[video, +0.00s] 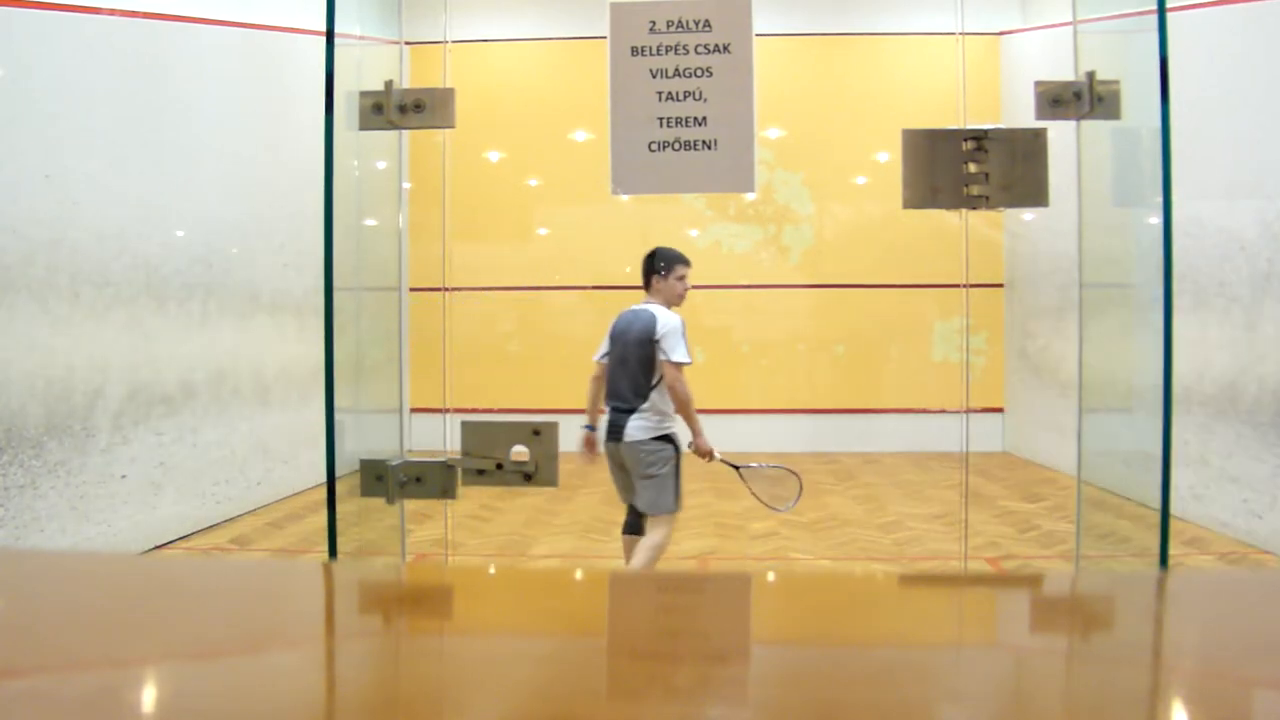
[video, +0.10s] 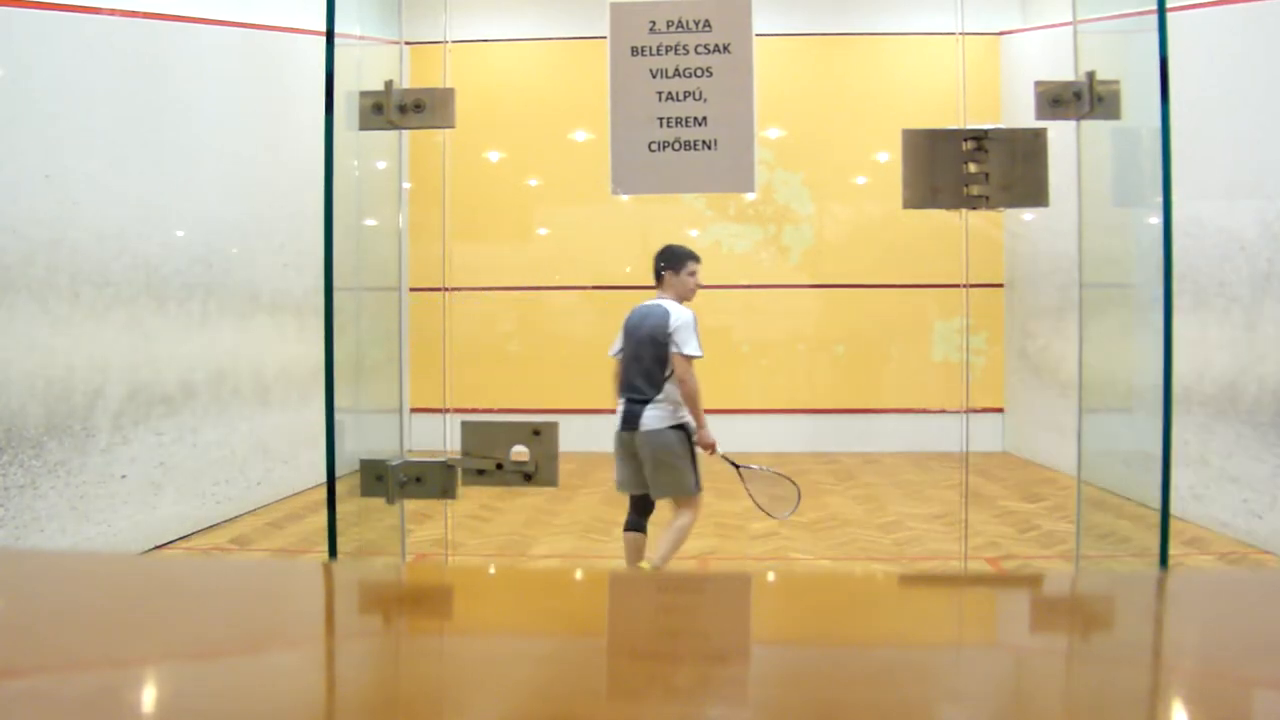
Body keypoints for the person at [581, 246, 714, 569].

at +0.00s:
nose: (687, 287)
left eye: (687, 280)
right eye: (681, 279)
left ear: (657, 281)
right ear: (658, 279)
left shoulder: (622, 319)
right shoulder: (668, 321)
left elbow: (599, 375)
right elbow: (673, 381)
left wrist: (591, 425)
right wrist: (697, 434)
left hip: (615, 437)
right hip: (651, 438)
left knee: (636, 514)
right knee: (660, 526)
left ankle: (631, 586)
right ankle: (628, 590)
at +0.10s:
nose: (697, 282)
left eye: (697, 275)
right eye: (692, 274)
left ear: (667, 276)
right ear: (668, 275)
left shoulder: (636, 314)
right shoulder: (680, 316)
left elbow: (619, 370)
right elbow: (683, 375)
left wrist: (626, 409)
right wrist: (702, 428)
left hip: (628, 425)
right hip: (663, 426)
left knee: (639, 504)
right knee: (688, 505)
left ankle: (634, 580)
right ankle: (651, 567)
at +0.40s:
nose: (743, 299)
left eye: (742, 293)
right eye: (741, 293)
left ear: (710, 298)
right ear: (731, 297)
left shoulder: (688, 329)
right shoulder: (735, 334)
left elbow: (678, 378)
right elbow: (729, 383)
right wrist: (745, 433)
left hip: (674, 425)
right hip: (713, 427)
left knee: (664, 497)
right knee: (729, 491)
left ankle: (642, 557)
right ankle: (723, 555)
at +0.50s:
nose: (762, 302)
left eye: (761, 296)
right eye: (761, 297)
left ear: (729, 300)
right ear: (755, 300)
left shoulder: (708, 331)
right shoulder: (756, 337)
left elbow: (690, 378)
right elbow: (753, 384)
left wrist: (714, 399)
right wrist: (768, 435)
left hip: (694, 423)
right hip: (731, 425)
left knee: (692, 493)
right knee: (737, 492)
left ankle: (664, 530)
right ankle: (723, 555)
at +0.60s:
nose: (778, 297)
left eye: (774, 292)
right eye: (777, 293)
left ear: (748, 295)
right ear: (773, 296)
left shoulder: (725, 324)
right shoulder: (776, 332)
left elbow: (697, 369)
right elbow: (776, 379)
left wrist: (707, 402)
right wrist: (793, 424)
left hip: (711, 410)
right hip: (745, 414)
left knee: (716, 476)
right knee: (741, 489)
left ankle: (698, 528)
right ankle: (725, 552)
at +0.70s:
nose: (790, 294)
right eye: (790, 289)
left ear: (761, 291)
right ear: (788, 292)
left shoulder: (741, 319)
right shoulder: (790, 326)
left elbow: (709, 356)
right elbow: (796, 372)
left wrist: (701, 396)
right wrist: (815, 411)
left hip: (728, 403)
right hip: (761, 406)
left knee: (735, 468)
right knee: (753, 480)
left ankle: (730, 535)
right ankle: (730, 538)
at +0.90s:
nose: (814, 303)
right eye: (816, 299)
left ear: (793, 301)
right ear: (816, 302)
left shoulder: (775, 330)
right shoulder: (816, 335)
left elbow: (747, 363)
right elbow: (825, 380)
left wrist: (733, 399)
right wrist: (858, 409)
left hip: (764, 416)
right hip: (792, 419)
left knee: (770, 469)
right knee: (803, 477)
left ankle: (749, 527)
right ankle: (767, 511)